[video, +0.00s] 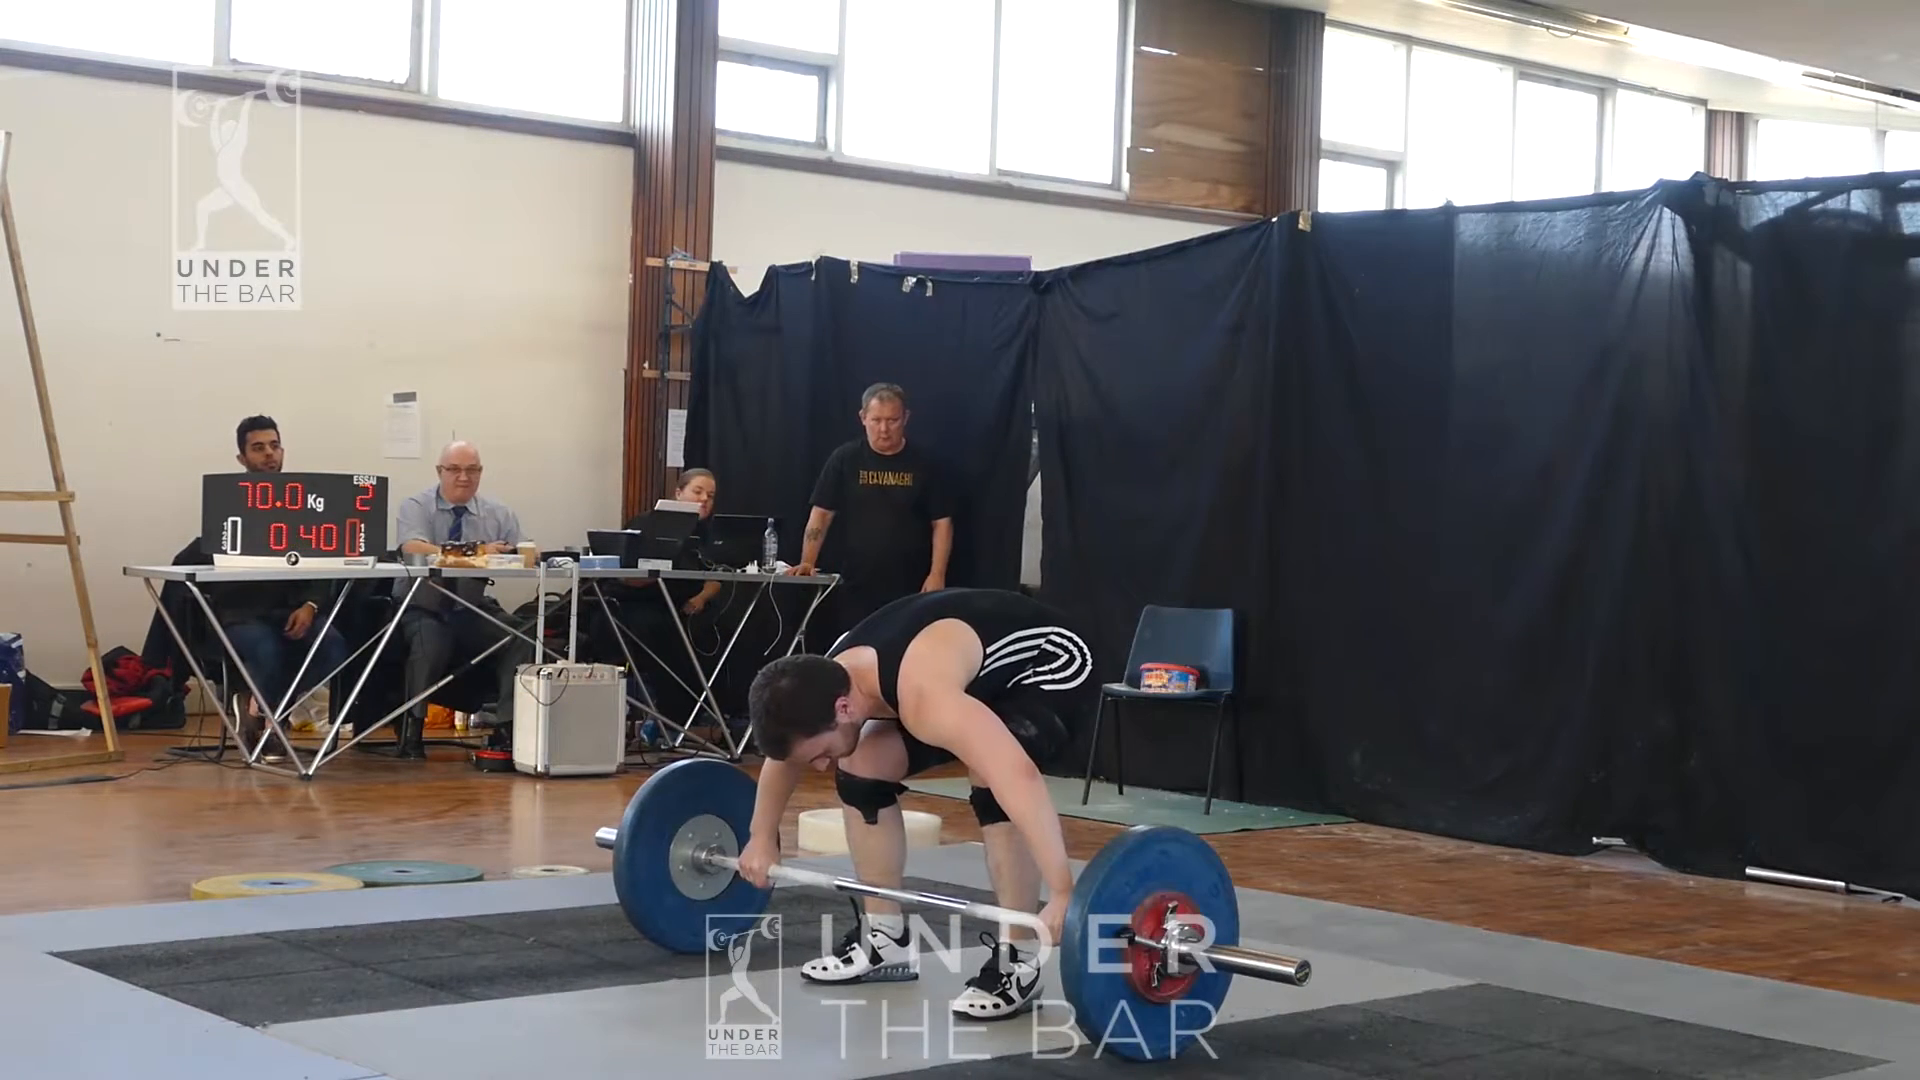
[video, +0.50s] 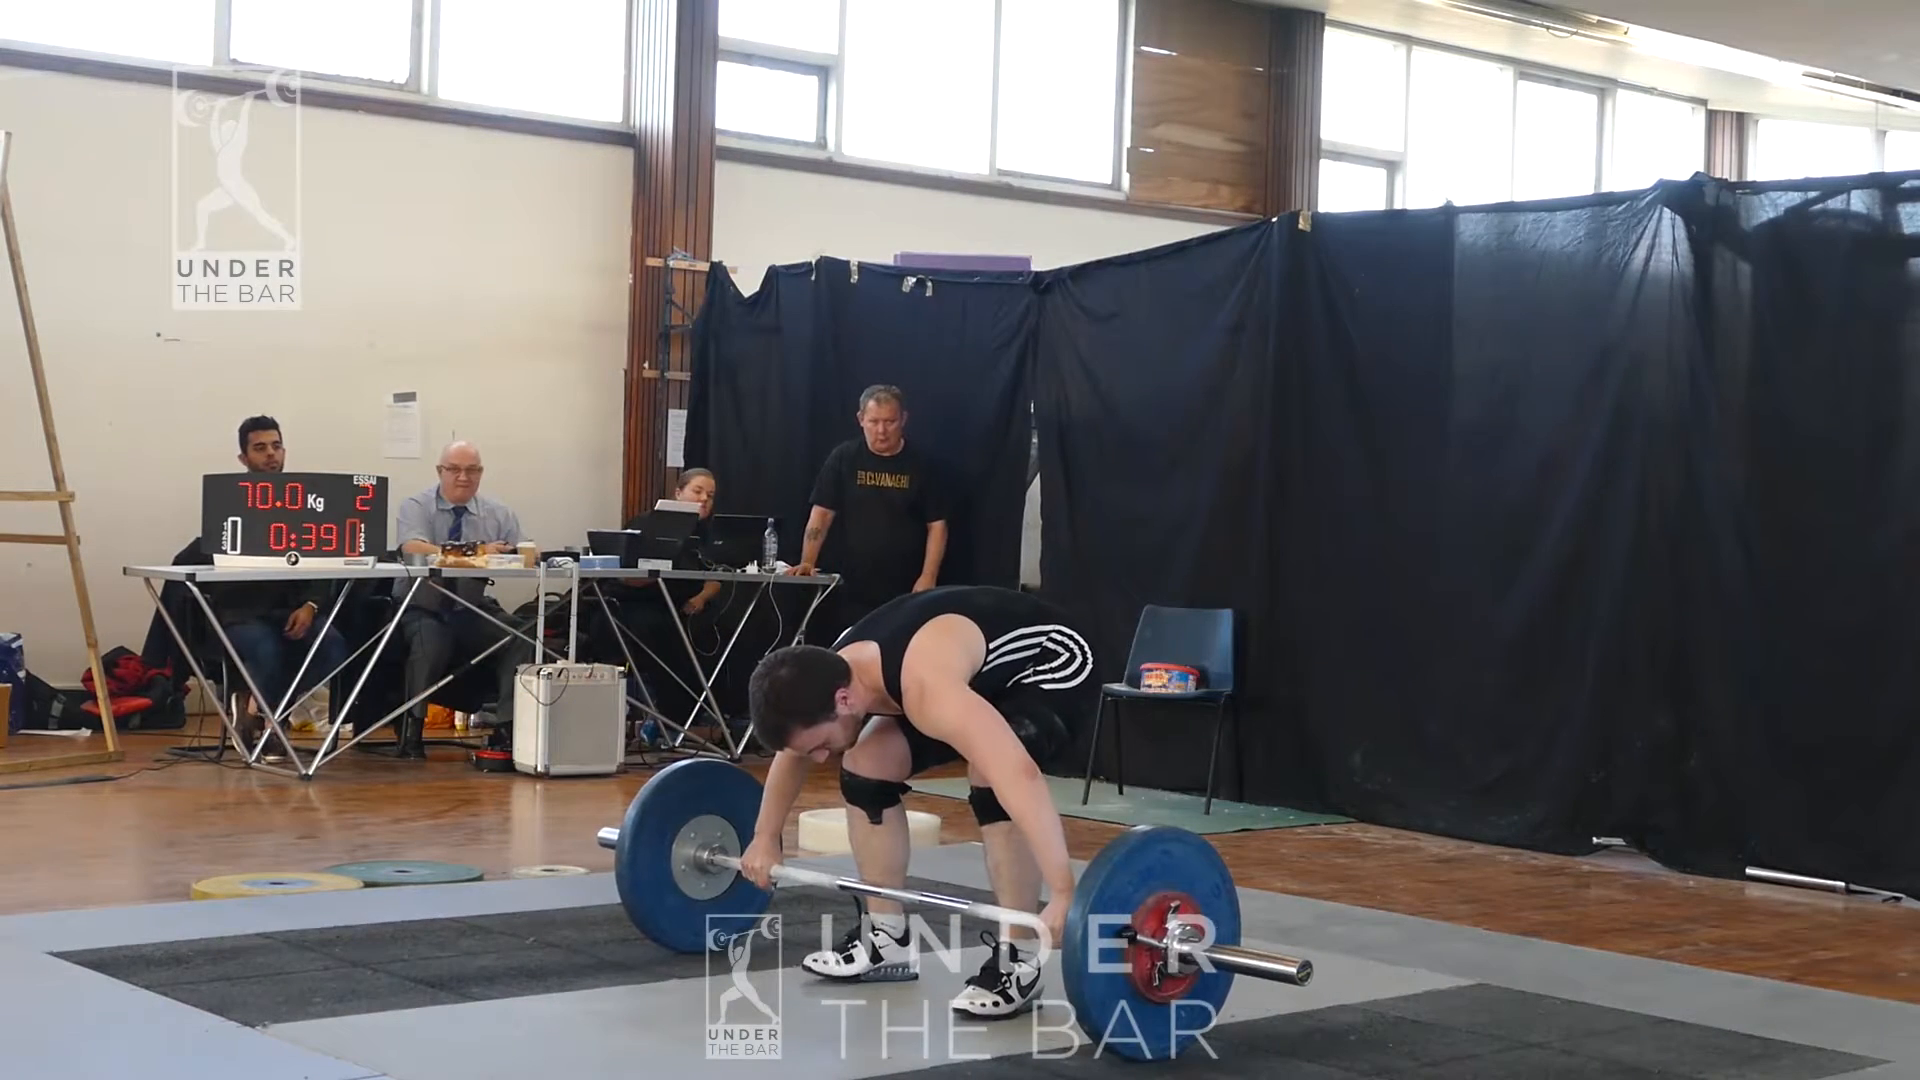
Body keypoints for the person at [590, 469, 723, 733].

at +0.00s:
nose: (705, 499)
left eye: (710, 495)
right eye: (698, 492)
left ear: (715, 501)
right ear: (679, 493)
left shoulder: (710, 533)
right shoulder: (647, 523)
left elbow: (717, 578)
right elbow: (617, 566)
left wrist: (702, 597)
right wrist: (636, 578)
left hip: (681, 606)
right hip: (639, 601)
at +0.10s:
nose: (705, 499)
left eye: (710, 495)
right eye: (698, 492)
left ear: (714, 502)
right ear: (678, 492)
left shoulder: (709, 533)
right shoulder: (647, 523)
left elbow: (716, 578)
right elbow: (619, 568)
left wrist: (702, 596)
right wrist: (639, 577)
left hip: (681, 606)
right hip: (640, 601)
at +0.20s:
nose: (704, 499)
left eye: (710, 495)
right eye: (698, 491)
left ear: (714, 501)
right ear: (679, 492)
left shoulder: (710, 533)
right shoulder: (648, 523)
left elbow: (717, 577)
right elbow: (617, 562)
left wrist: (702, 597)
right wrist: (633, 578)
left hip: (681, 605)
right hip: (642, 600)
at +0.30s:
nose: (704, 499)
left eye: (710, 495)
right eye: (698, 491)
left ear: (714, 502)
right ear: (679, 492)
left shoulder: (711, 533)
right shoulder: (648, 523)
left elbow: (717, 577)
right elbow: (617, 562)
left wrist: (702, 597)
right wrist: (633, 578)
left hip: (681, 605)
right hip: (642, 600)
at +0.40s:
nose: (704, 499)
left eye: (710, 495)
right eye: (698, 491)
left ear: (714, 502)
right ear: (678, 492)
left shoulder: (711, 535)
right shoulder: (647, 524)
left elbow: (717, 578)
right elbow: (617, 566)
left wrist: (702, 597)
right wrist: (632, 578)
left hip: (682, 607)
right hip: (641, 603)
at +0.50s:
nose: (704, 499)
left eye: (710, 495)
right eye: (698, 491)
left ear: (714, 502)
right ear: (678, 492)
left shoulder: (710, 535)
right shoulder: (647, 524)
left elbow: (717, 578)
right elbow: (617, 565)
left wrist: (702, 597)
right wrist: (632, 578)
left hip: (682, 607)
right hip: (641, 603)